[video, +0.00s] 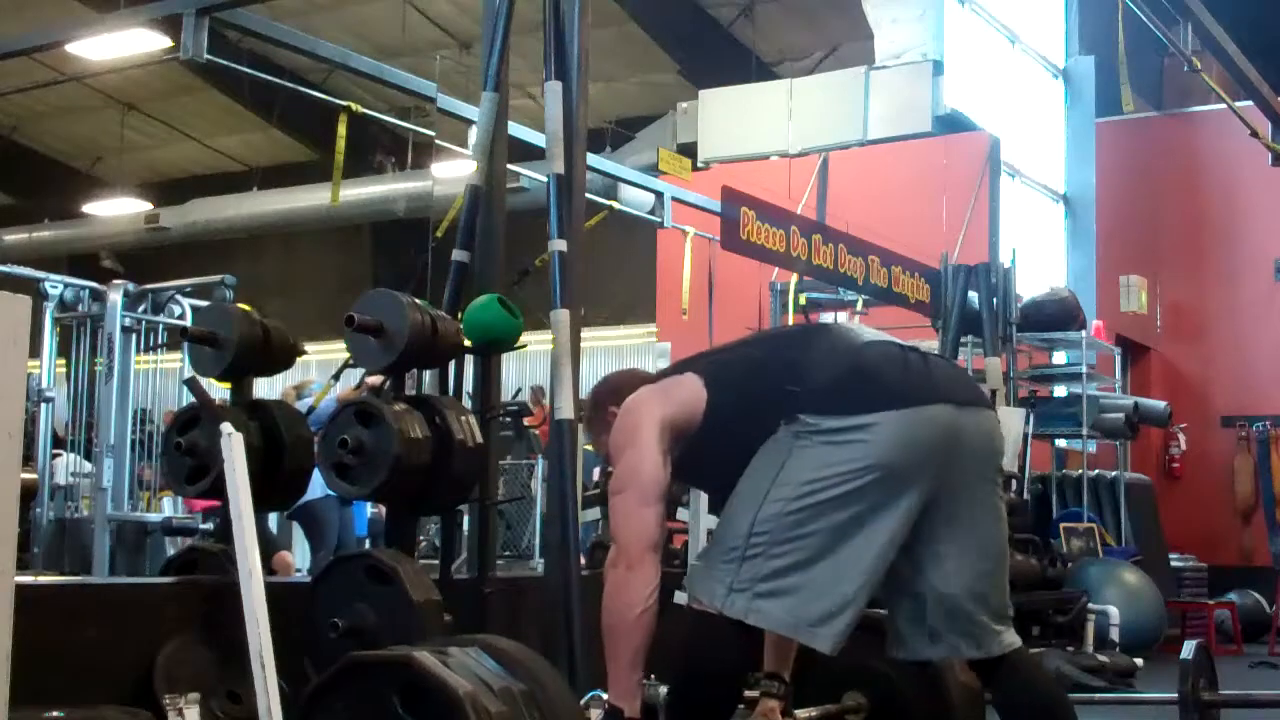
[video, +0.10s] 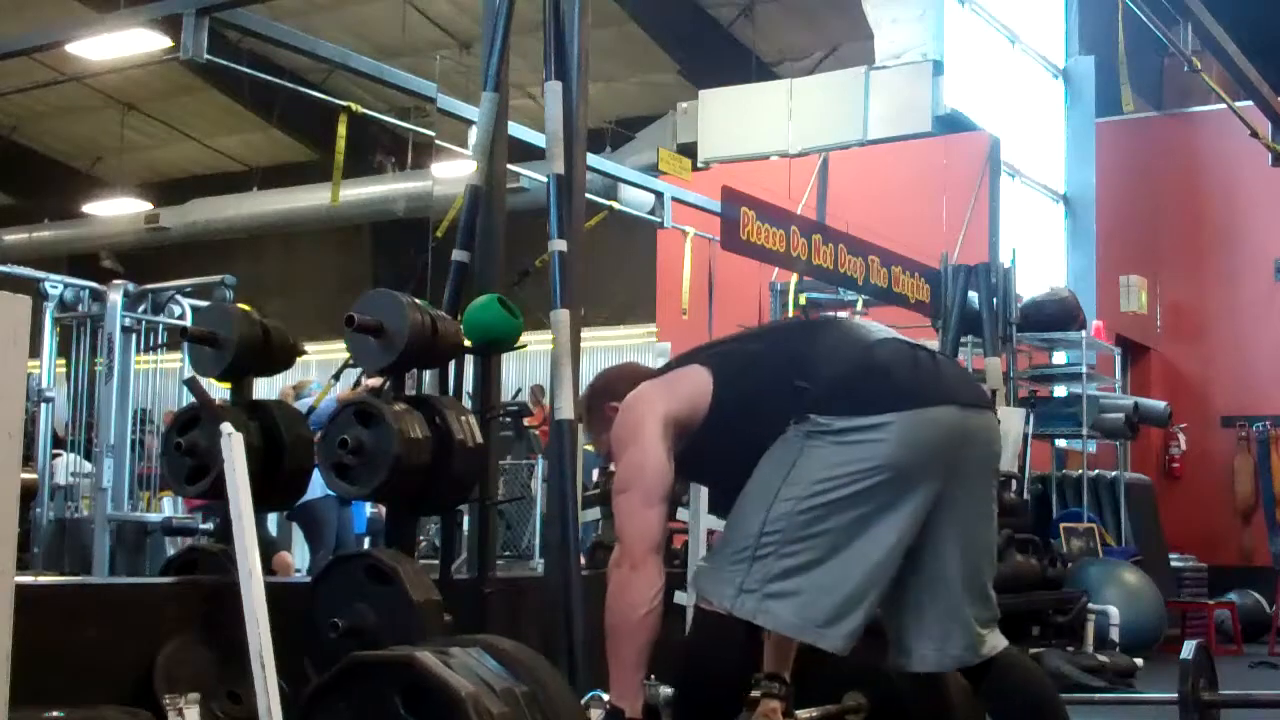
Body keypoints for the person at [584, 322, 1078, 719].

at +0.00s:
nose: (611, 458)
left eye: (606, 444)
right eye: (605, 448)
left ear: (617, 411)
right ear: (650, 389)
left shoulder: (644, 411)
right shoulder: (744, 397)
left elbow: (635, 558)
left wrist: (621, 704)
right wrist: (773, 685)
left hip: (869, 413)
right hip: (971, 411)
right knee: (959, 636)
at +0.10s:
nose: (611, 459)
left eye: (605, 443)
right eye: (603, 448)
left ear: (617, 408)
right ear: (648, 385)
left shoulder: (643, 409)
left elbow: (639, 561)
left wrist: (623, 705)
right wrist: (776, 679)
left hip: (870, 411)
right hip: (968, 410)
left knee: (728, 601)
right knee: (965, 635)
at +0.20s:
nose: (613, 465)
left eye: (604, 447)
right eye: (603, 452)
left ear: (611, 407)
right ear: (641, 382)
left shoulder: (641, 405)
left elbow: (640, 560)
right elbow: (790, 538)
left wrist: (623, 704)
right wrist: (774, 683)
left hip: (871, 410)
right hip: (962, 409)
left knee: (722, 587)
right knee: (961, 637)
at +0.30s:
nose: (596, 468)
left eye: (585, 451)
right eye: (584, 458)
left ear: (588, 409)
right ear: (619, 382)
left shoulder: (618, 403)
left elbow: (625, 563)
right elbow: (781, 528)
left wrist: (625, 704)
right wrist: (774, 681)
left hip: (845, 410)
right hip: (934, 404)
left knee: (708, 591)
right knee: (904, 642)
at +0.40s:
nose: (576, 467)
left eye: (567, 451)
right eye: (566, 456)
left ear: (569, 415)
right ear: (596, 384)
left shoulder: (598, 406)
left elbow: (617, 564)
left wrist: (621, 706)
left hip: (825, 397)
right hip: (912, 393)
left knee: (694, 587)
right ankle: (773, 689)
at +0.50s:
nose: (565, 466)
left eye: (558, 451)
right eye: (555, 457)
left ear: (559, 413)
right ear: (588, 382)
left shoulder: (587, 407)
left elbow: (609, 560)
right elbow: (773, 534)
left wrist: (620, 703)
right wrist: (771, 678)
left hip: (808, 387)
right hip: (894, 381)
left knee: (688, 598)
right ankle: (771, 694)